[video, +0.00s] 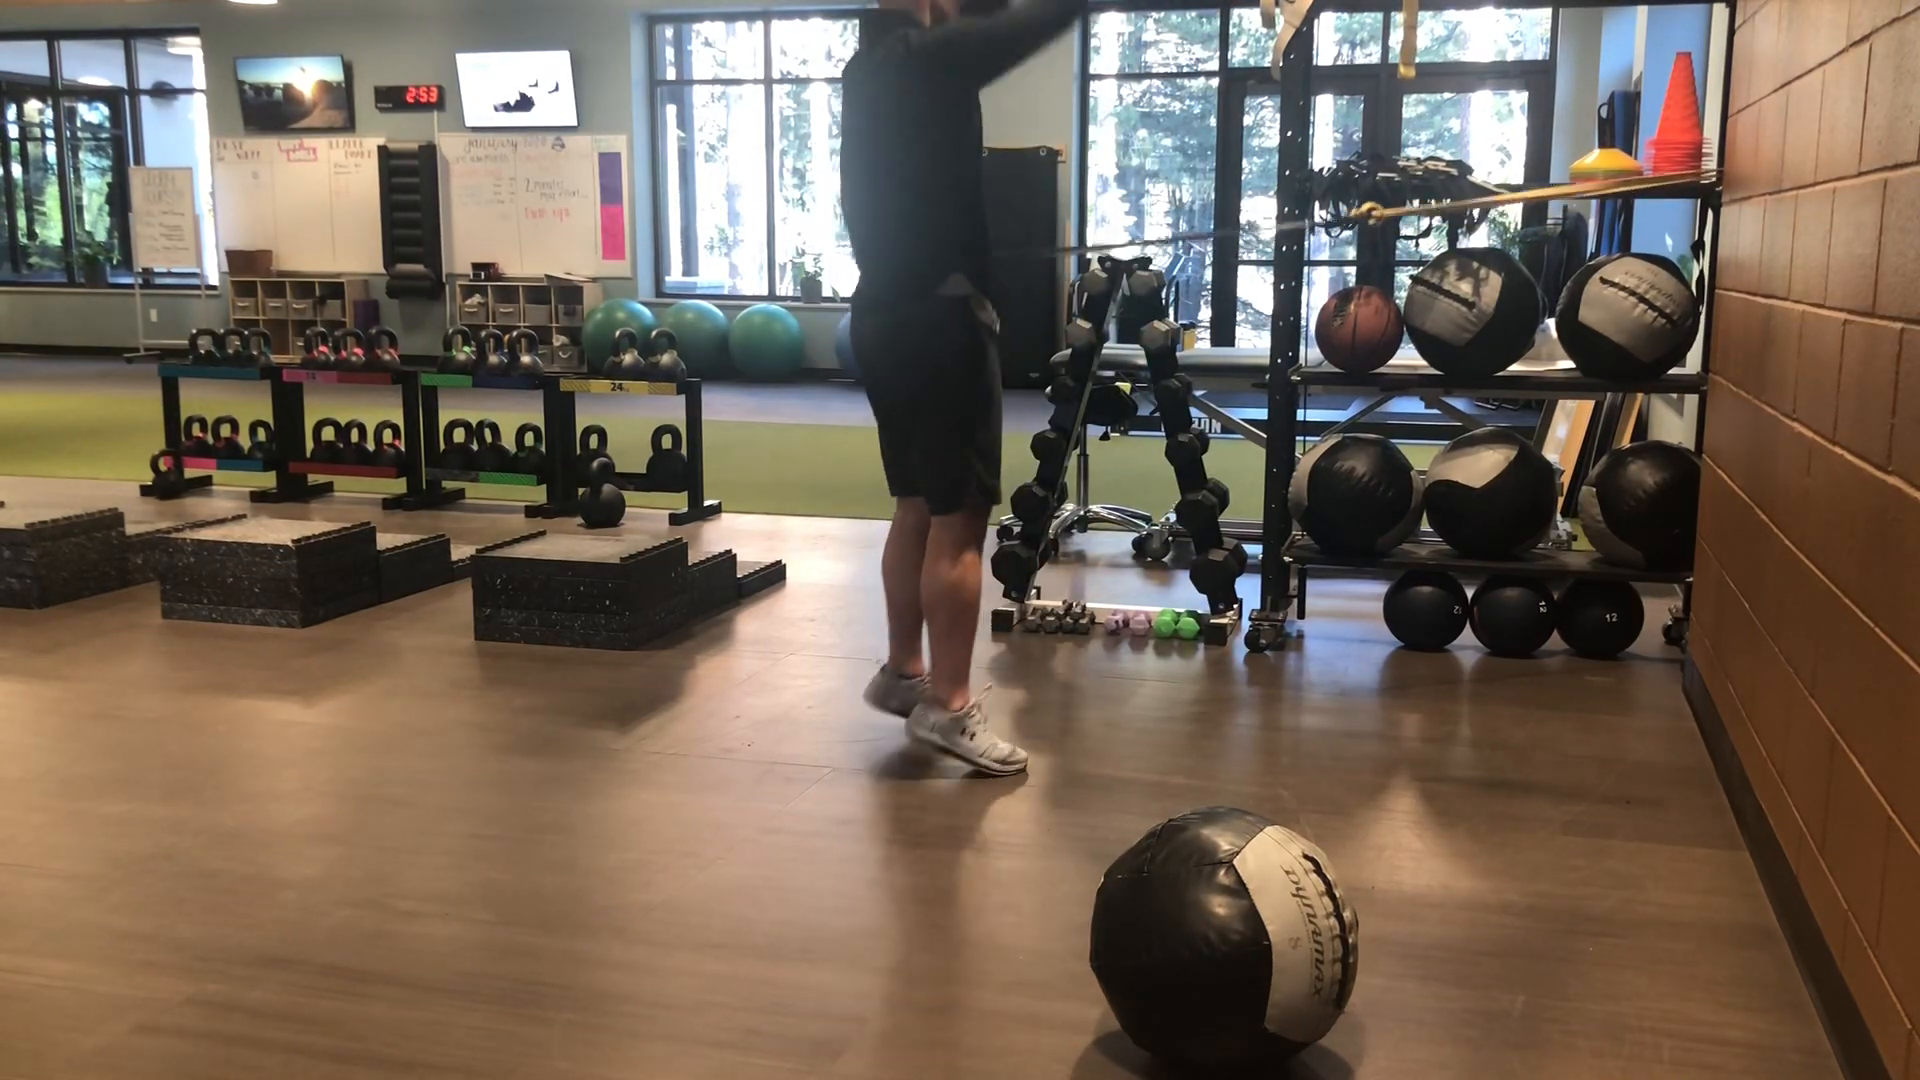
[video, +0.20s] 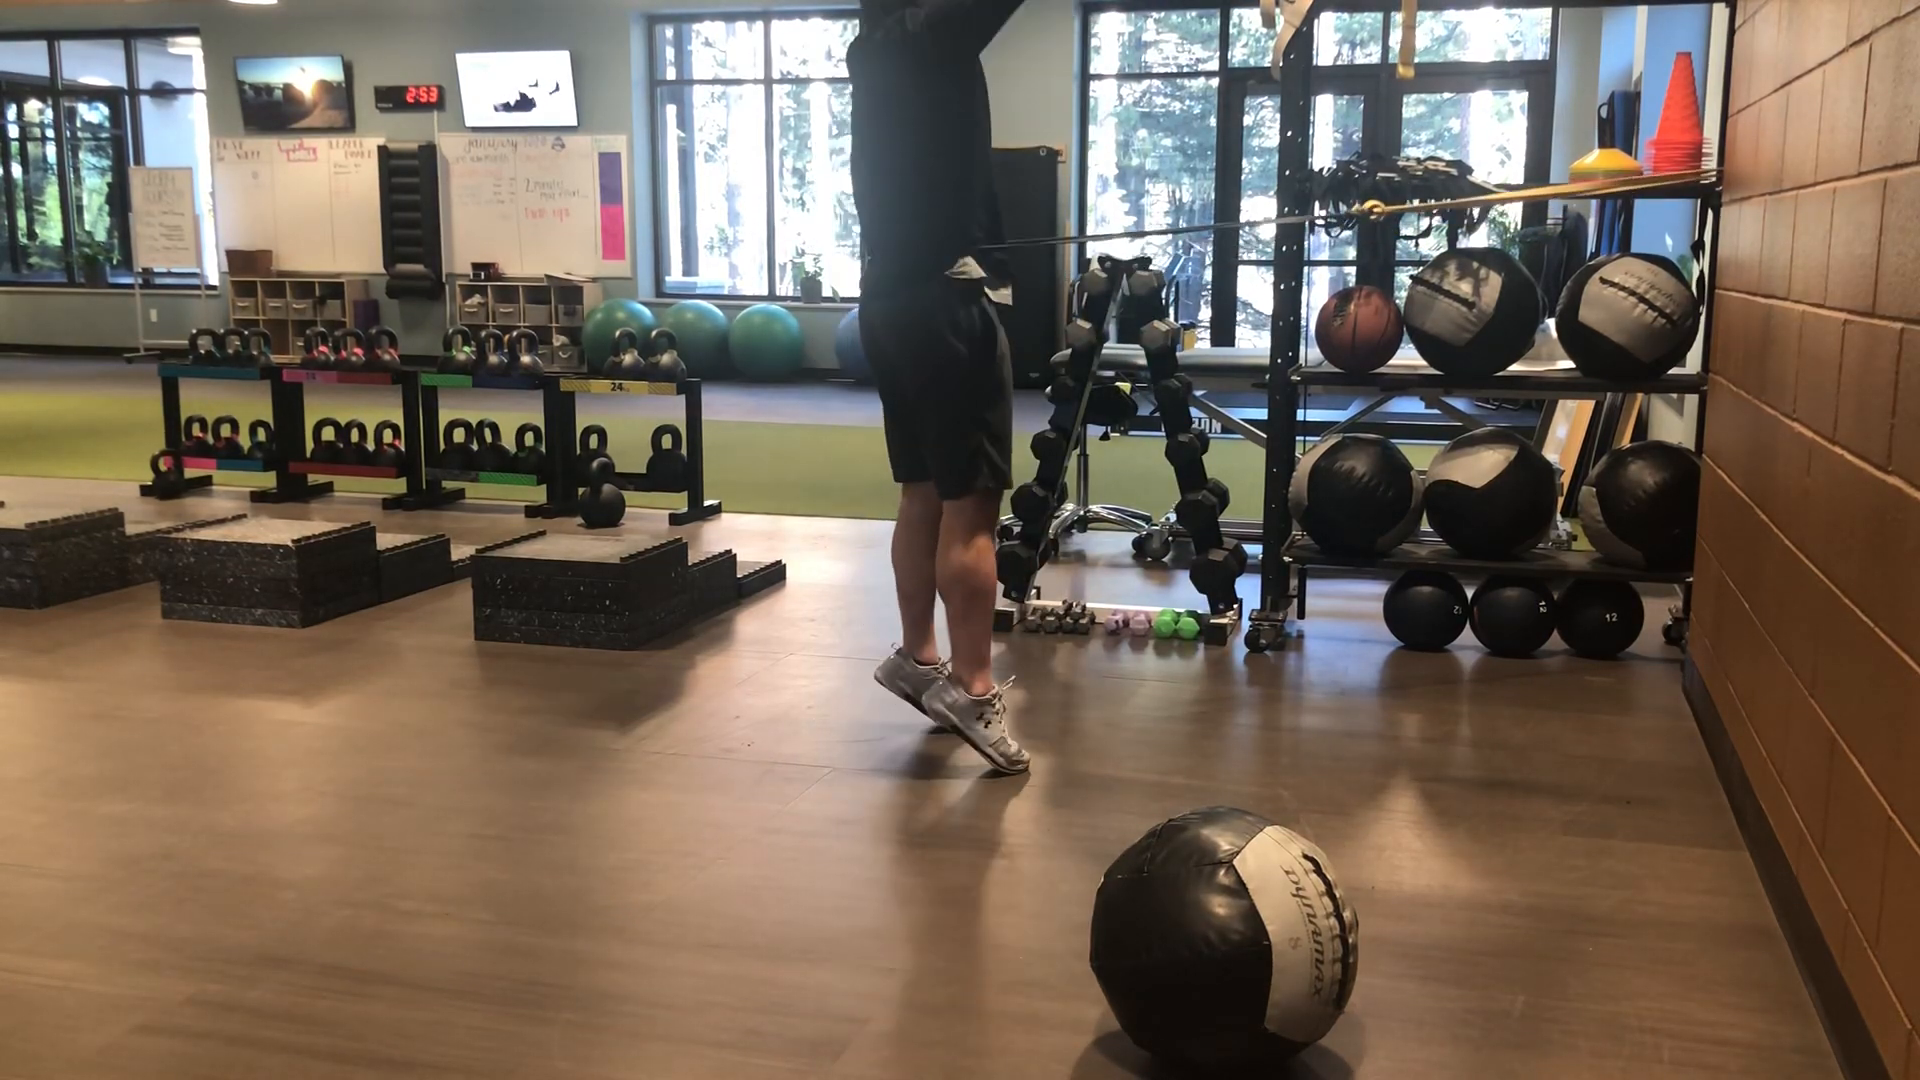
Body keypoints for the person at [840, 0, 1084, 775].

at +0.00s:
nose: (965, 19)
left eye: (965, 10)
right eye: (960, 8)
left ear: (887, 11)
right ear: (931, 4)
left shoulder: (861, 75)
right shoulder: (931, 57)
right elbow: (1043, 15)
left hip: (878, 314)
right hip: (939, 313)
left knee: (915, 506)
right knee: (961, 515)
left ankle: (902, 669)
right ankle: (950, 706)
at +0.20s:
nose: (967, 16)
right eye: (961, 12)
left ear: (882, 10)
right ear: (934, 5)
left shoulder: (869, 55)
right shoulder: (942, 39)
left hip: (888, 301)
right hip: (948, 300)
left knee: (920, 494)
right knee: (973, 507)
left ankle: (917, 656)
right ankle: (974, 694)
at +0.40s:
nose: (1002, 30)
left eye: (1000, 16)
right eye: (994, 14)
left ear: (940, 19)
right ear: (963, 13)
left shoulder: (901, 103)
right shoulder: (956, 103)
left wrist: (984, 296)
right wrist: (1015, 292)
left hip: (864, 337)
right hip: (911, 340)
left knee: (933, 521)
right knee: (991, 531)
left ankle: (891, 690)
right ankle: (952, 719)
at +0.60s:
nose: (1068, 165)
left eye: (1071, 152)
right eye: (1067, 150)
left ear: (1008, 143)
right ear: (1038, 143)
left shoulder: (935, 206)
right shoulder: (999, 232)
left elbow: (839, 284)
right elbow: (915, 323)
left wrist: (757, 364)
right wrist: (832, 409)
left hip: (844, 412)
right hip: (891, 421)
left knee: (954, 543)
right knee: (1021, 558)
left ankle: (893, 697)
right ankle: (949, 734)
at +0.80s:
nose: (1075, 168)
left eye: (1078, 155)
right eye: (1075, 152)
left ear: (1005, 146)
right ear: (1045, 146)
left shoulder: (939, 208)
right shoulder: (1004, 234)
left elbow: (847, 296)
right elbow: (937, 338)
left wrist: (775, 380)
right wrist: (871, 443)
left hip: (831, 402)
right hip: (885, 412)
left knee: (952, 543)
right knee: (1019, 555)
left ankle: (893, 696)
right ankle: (948, 731)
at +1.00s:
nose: (1064, 140)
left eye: (1065, 124)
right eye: (1060, 122)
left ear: (1001, 116)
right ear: (1029, 114)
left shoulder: (932, 185)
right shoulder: (995, 207)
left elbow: (849, 282)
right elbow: (939, 326)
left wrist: (791, 376)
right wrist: (890, 438)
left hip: (832, 386)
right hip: (884, 395)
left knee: (952, 542)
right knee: (1015, 553)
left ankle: (892, 698)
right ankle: (948, 732)